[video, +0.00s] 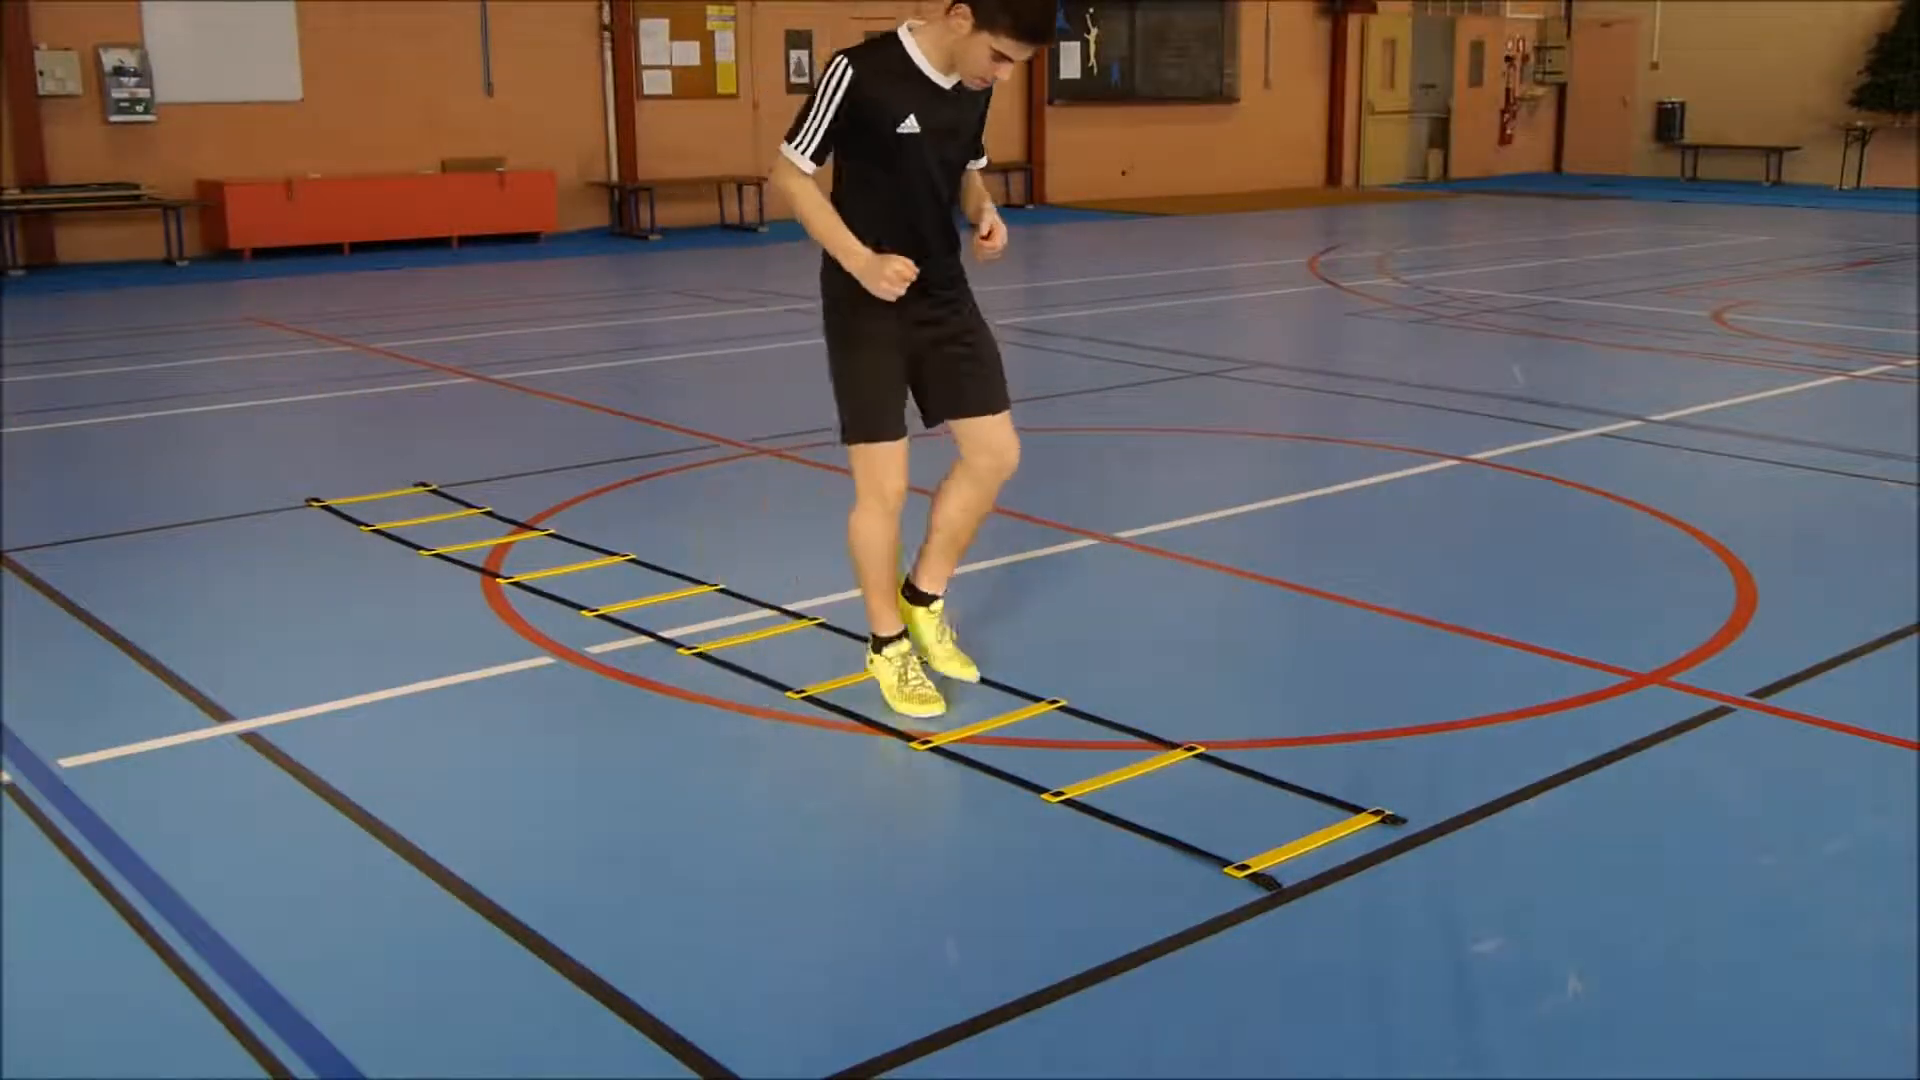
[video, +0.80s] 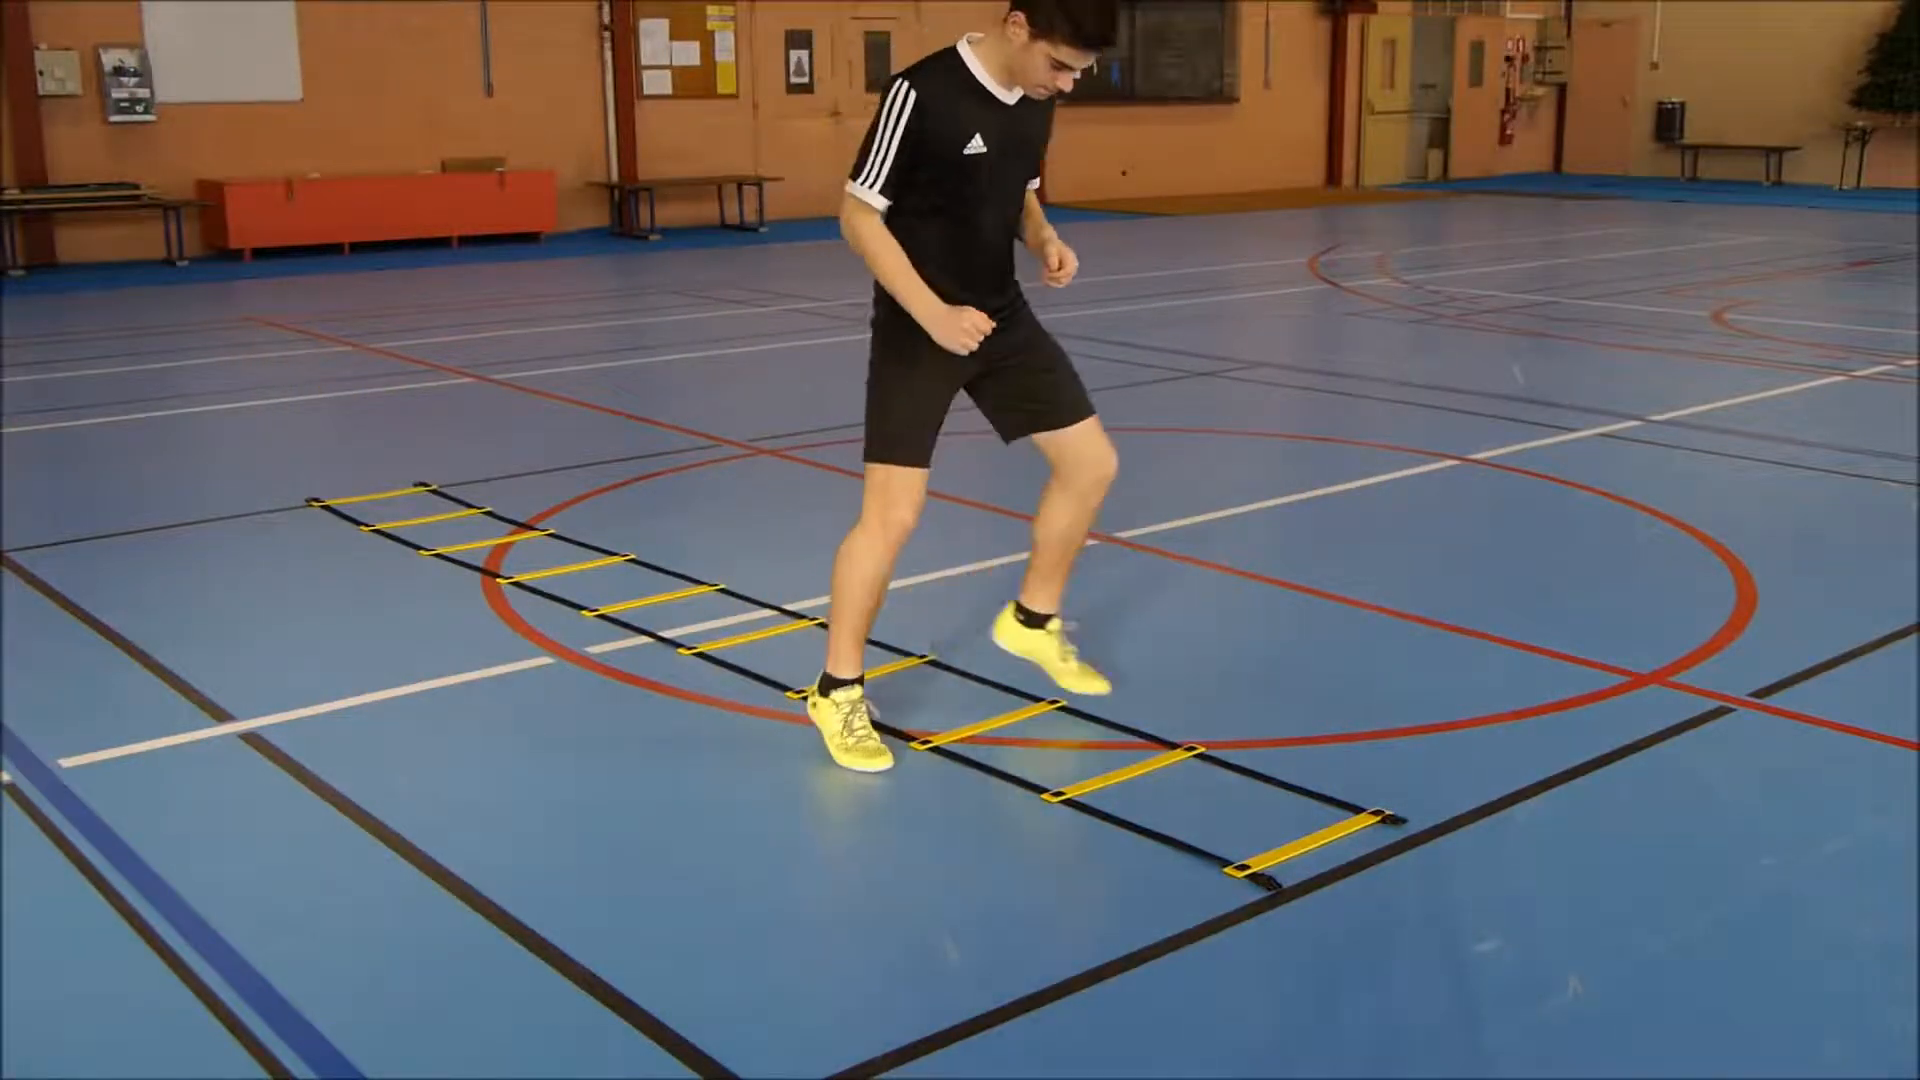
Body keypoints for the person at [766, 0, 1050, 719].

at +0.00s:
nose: (1002, 74)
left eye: (1014, 64)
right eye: (998, 56)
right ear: (957, 16)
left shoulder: (974, 83)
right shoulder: (854, 70)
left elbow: (965, 167)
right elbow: (790, 176)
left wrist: (984, 213)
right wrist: (859, 260)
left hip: (943, 294)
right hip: (865, 300)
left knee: (994, 452)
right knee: (882, 485)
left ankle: (919, 600)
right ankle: (887, 644)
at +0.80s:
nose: (1066, 85)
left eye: (1078, 72)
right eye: (1059, 66)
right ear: (1013, 25)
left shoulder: (1036, 97)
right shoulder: (921, 91)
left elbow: (1021, 191)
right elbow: (856, 214)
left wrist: (1043, 239)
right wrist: (931, 312)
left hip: (999, 313)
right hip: (914, 321)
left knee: (1089, 465)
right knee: (890, 513)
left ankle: (1033, 619)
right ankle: (837, 687)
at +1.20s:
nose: (1114, 88)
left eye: (1126, 76)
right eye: (1107, 69)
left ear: (1138, 59)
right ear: (1064, 30)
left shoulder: (1110, 99)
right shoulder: (961, 94)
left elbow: (1101, 193)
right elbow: (904, 210)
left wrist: (1106, 243)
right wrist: (941, 315)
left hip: (1069, 333)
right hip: (980, 338)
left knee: (1085, 506)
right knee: (1004, 525)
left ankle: (1062, 649)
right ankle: (1005, 679)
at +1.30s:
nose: (1126, 87)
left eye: (1137, 73)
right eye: (1119, 67)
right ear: (1075, 27)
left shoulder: (1115, 99)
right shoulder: (968, 93)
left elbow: (1104, 196)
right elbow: (911, 210)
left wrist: (1115, 242)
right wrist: (946, 321)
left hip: (1075, 333)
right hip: (987, 340)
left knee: (1097, 511)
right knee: (1017, 531)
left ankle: (1061, 645)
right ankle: (1014, 692)